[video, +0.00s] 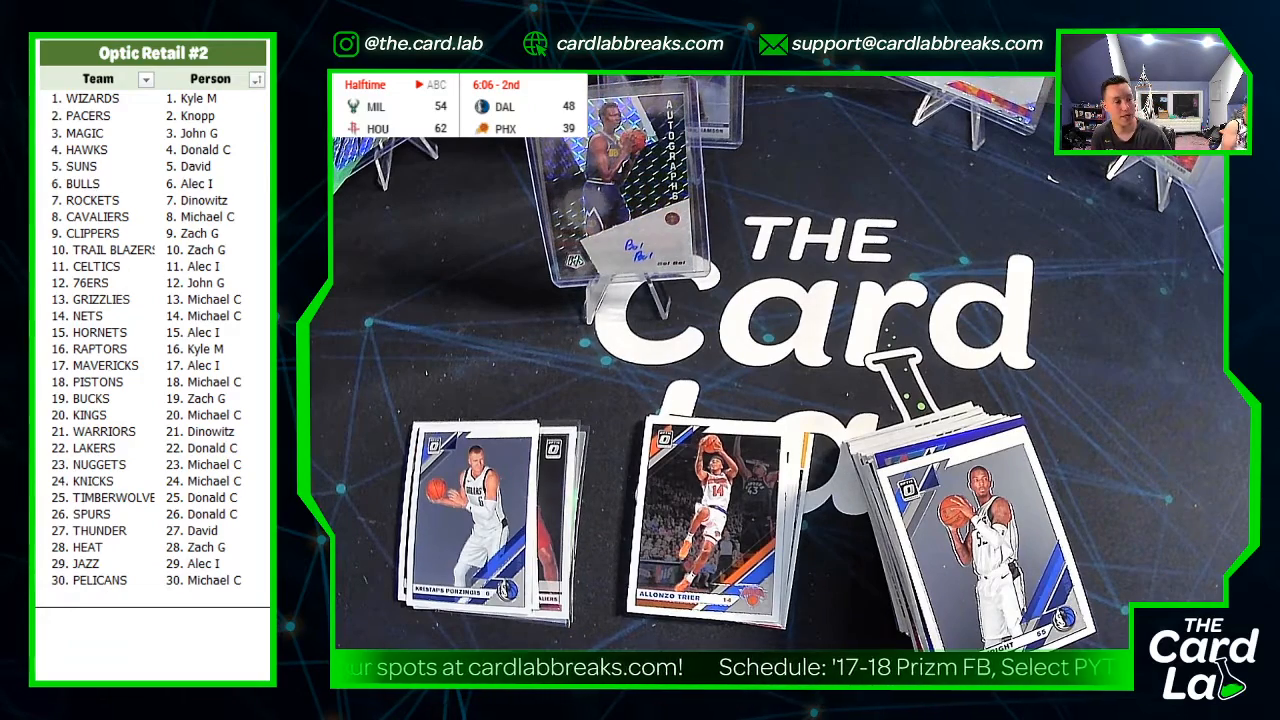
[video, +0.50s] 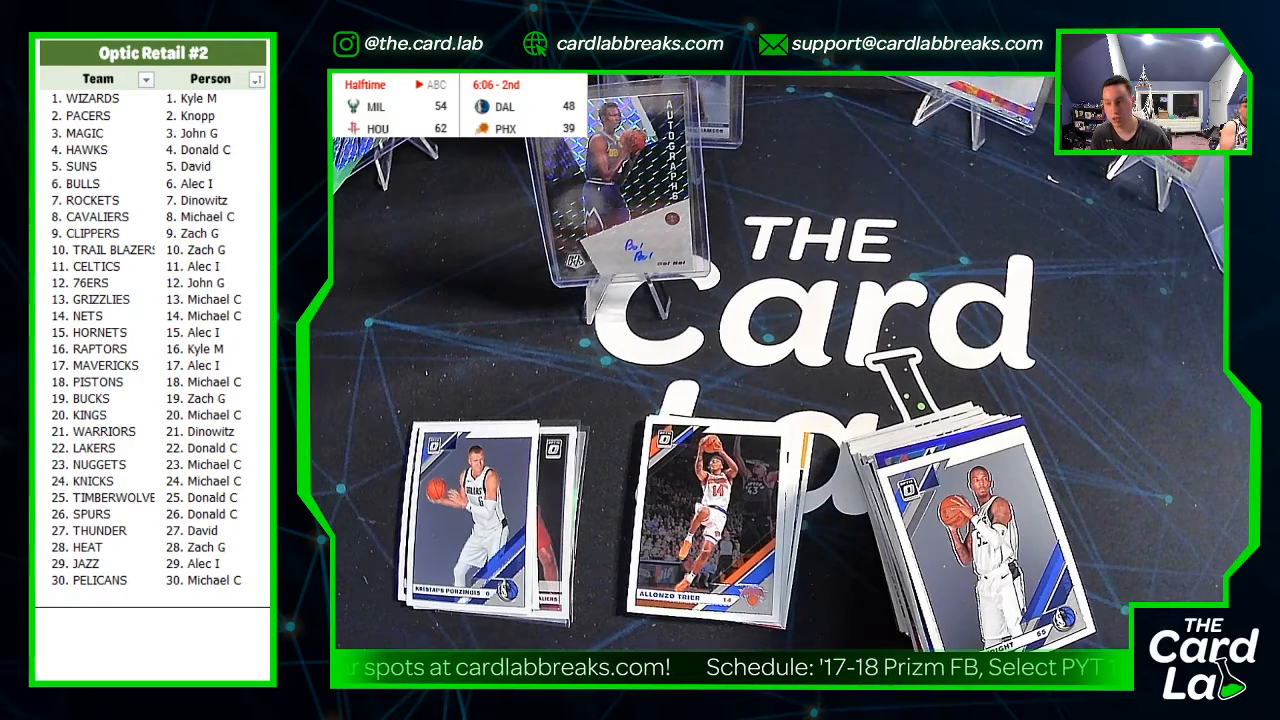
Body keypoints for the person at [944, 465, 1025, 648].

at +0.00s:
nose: (980, 483)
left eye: (984, 479)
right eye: (976, 480)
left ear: (990, 481)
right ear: (970, 485)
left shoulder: (1000, 504)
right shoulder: (975, 517)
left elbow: (998, 539)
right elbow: (965, 559)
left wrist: (973, 517)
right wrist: (953, 530)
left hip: (1007, 578)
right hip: (985, 584)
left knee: (1018, 632)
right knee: (992, 639)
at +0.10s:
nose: (980, 483)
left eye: (984, 479)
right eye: (976, 480)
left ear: (990, 481)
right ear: (970, 485)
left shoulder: (1000, 504)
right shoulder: (975, 517)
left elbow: (998, 539)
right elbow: (965, 559)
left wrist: (973, 517)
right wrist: (953, 530)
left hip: (1007, 579)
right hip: (985, 584)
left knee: (1018, 632)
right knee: (992, 639)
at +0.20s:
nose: (981, 483)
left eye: (984, 479)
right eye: (976, 480)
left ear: (990, 481)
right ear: (970, 485)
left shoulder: (1000, 504)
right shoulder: (975, 517)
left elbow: (997, 539)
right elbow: (965, 559)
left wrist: (973, 517)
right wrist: (953, 530)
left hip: (1007, 579)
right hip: (985, 585)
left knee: (1018, 633)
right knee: (992, 639)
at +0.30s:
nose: (980, 483)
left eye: (984, 479)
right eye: (976, 480)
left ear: (990, 482)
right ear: (970, 485)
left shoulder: (1000, 504)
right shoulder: (975, 518)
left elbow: (997, 539)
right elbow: (965, 559)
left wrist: (973, 517)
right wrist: (953, 530)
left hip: (1007, 579)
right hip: (985, 585)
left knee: (1018, 633)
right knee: (992, 640)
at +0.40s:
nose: (980, 483)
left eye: (984, 479)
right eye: (976, 480)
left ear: (990, 482)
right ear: (970, 485)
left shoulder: (1000, 504)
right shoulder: (975, 518)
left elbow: (997, 539)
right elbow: (965, 559)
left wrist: (973, 517)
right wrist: (953, 530)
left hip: (1007, 579)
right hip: (985, 585)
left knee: (1018, 633)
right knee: (992, 640)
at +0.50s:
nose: (980, 483)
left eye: (984, 479)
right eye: (976, 480)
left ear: (990, 482)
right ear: (970, 485)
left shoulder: (1000, 504)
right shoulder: (975, 518)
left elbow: (997, 539)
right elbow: (965, 559)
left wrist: (973, 517)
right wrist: (953, 530)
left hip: (1007, 579)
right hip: (985, 585)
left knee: (1018, 633)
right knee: (992, 640)